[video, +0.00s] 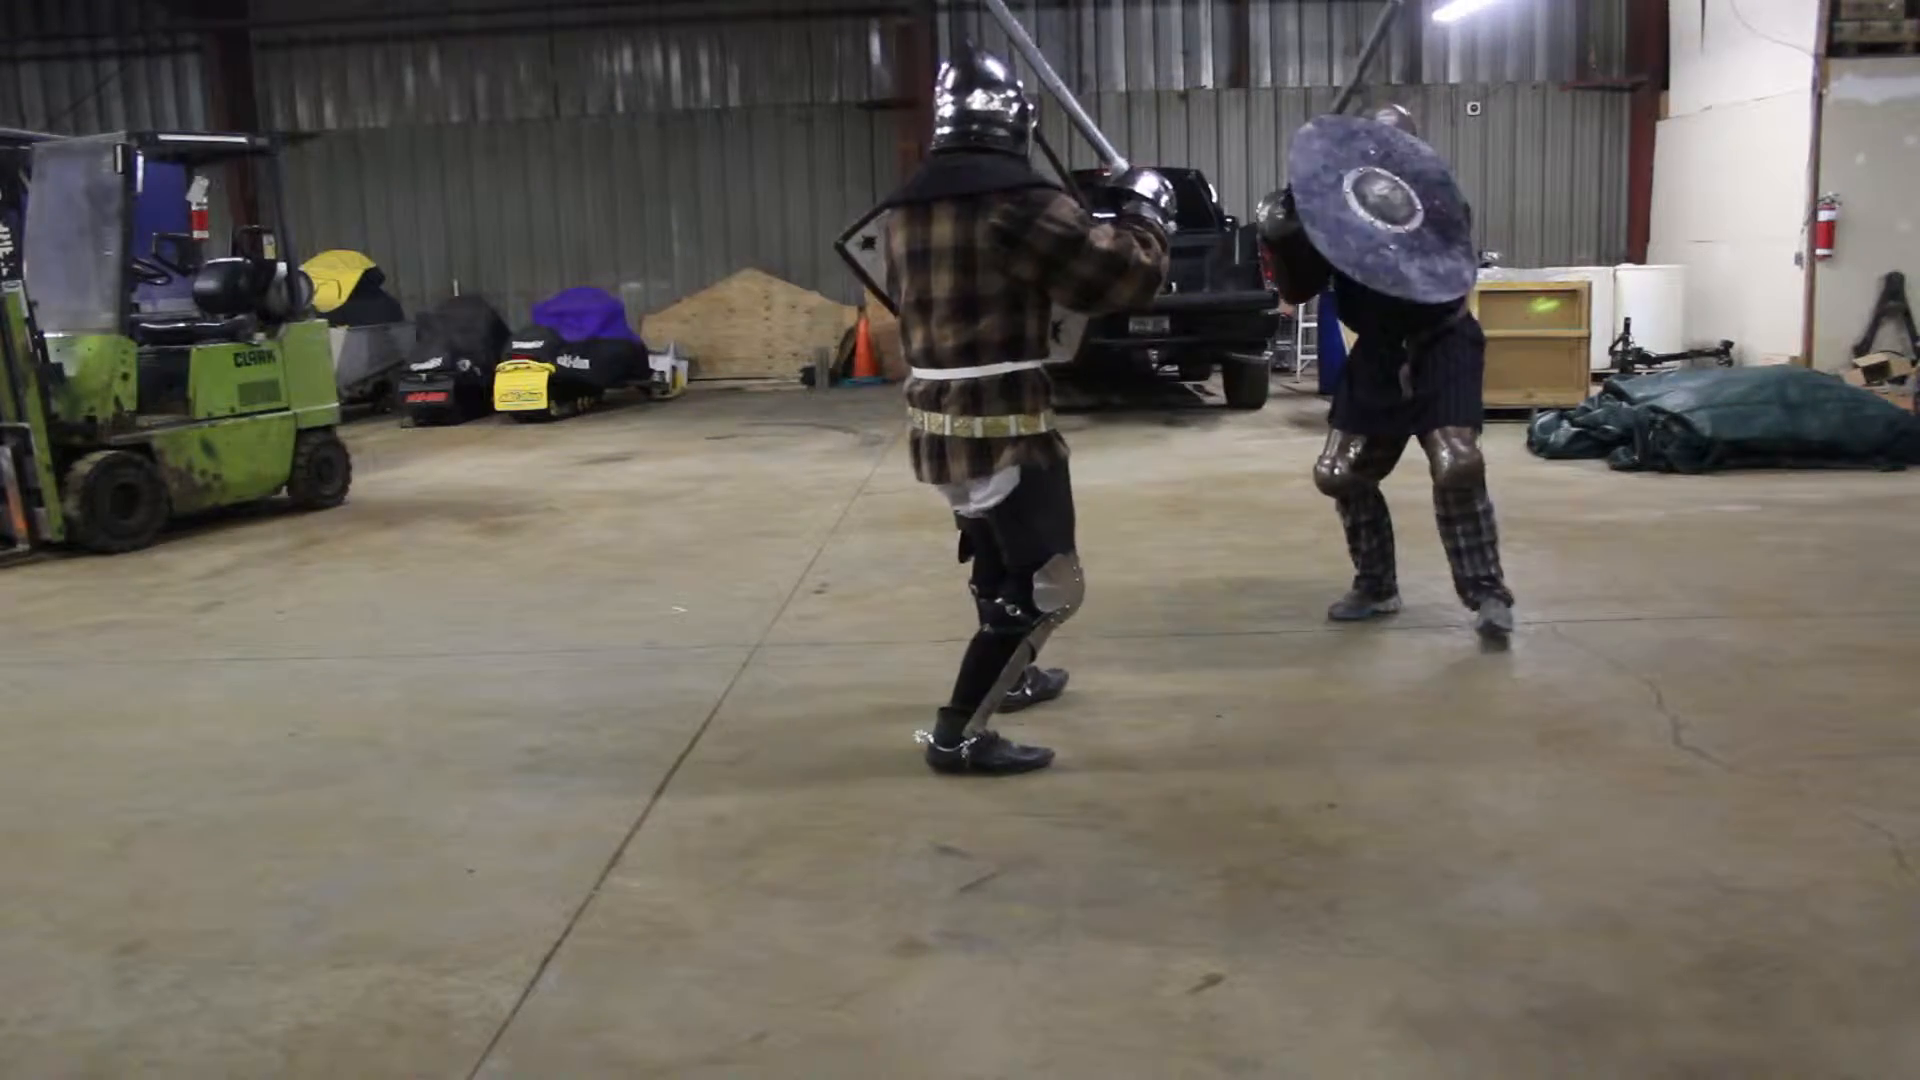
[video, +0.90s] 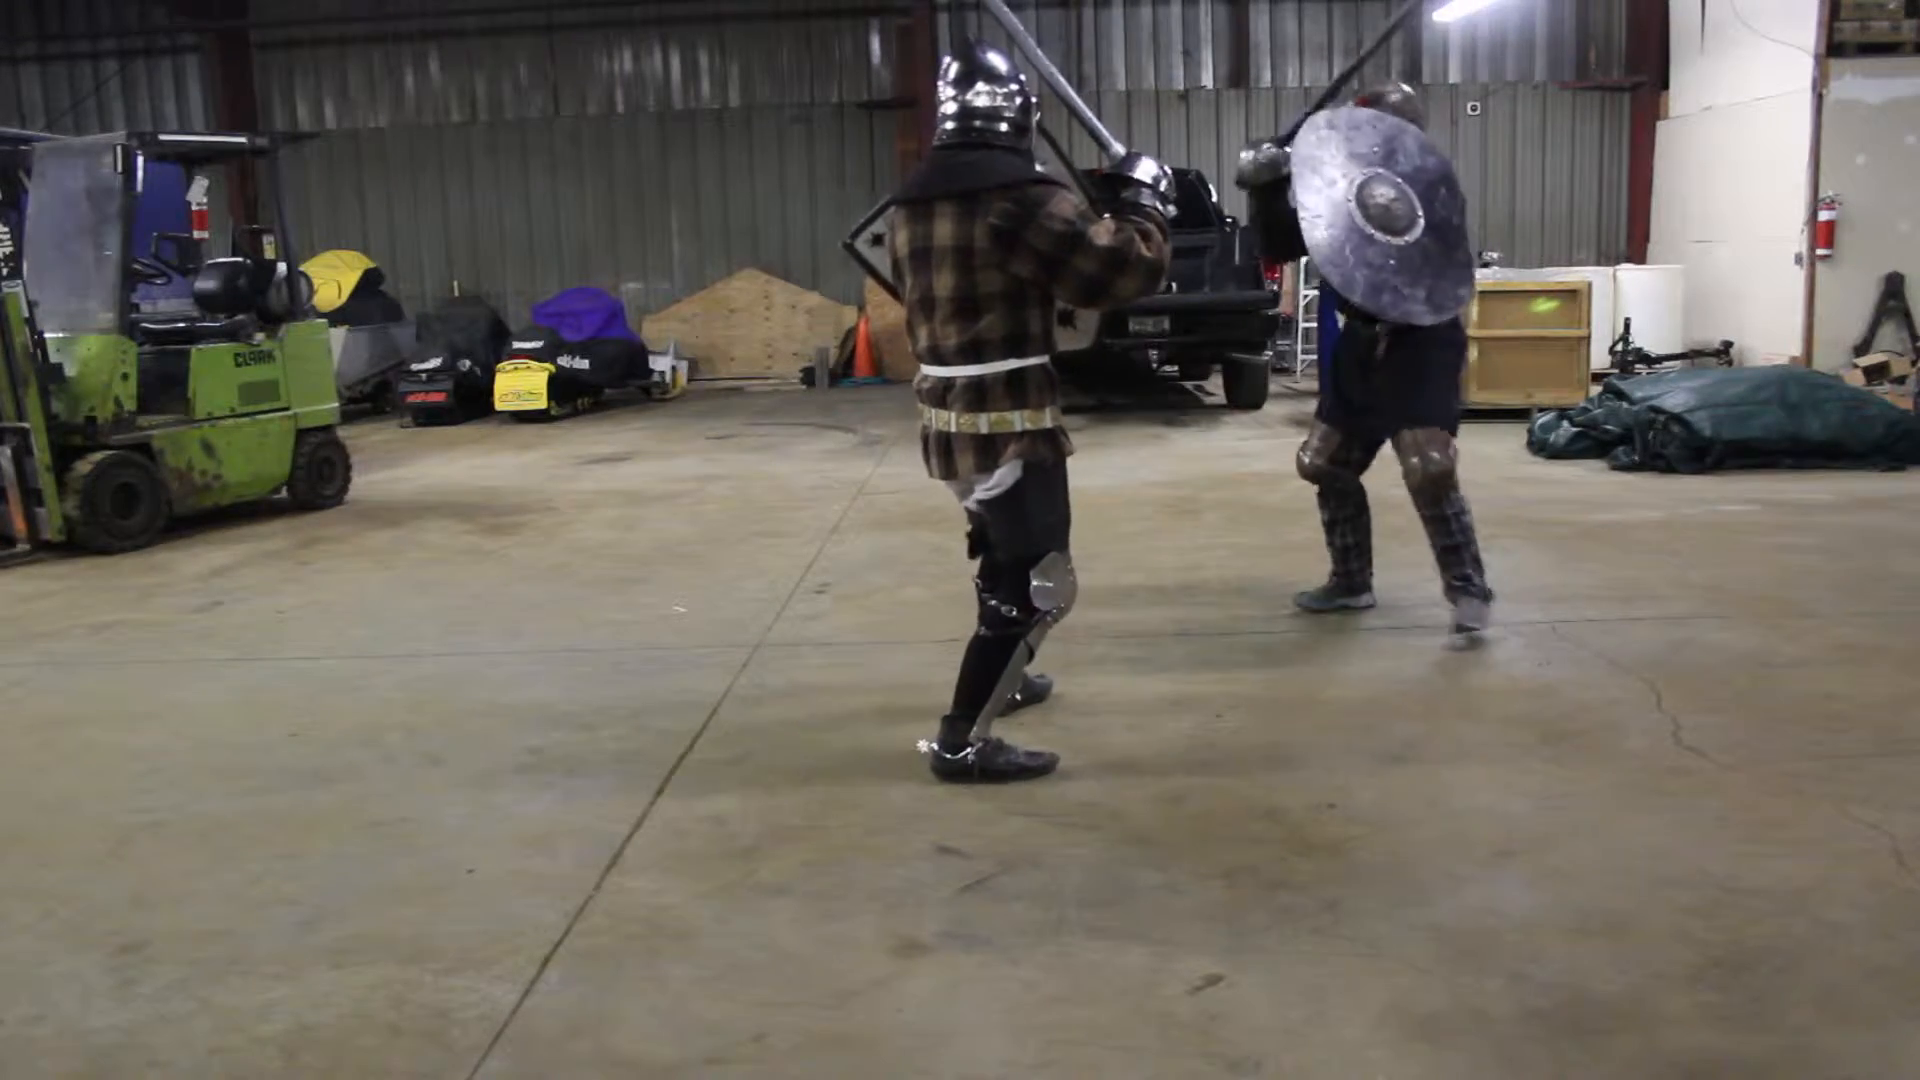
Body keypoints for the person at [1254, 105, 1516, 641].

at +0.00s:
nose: (1383, 157)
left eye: (1396, 146)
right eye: (1373, 147)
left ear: (1412, 149)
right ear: (1355, 152)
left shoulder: (1434, 199)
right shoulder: (1333, 201)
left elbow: (1459, 267)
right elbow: (1298, 291)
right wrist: (1281, 238)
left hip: (1445, 332)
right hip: (1378, 342)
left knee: (1457, 466)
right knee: (1340, 472)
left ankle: (1489, 597)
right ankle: (1376, 587)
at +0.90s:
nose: (1372, 131)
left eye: (1385, 120)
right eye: (1366, 119)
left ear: (1411, 127)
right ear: (1357, 124)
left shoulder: (1431, 185)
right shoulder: (1345, 184)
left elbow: (1436, 281)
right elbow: (1280, 247)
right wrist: (1263, 189)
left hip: (1428, 336)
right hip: (1360, 337)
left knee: (1428, 464)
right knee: (1328, 462)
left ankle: (1468, 595)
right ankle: (1351, 582)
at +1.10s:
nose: (1364, 198)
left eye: (1376, 190)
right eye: (1352, 191)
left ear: (1396, 193)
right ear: (1336, 194)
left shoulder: (1422, 225)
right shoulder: (1317, 232)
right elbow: (1304, 325)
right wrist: (1285, 275)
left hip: (1416, 358)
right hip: (1348, 360)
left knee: (1394, 468)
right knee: (1310, 495)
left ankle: (1393, 597)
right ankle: (1352, 576)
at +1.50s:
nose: (1371, 179)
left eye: (1382, 175)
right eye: (1360, 173)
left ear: (1401, 179)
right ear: (1338, 173)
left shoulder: (1419, 212)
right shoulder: (1306, 213)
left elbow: (1446, 279)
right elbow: (1261, 275)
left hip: (1396, 350)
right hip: (1322, 348)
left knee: (1382, 481)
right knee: (1328, 482)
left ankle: (1381, 623)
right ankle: (1346, 579)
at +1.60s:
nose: (1372, 139)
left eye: (1383, 130)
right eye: (1361, 129)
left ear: (1402, 128)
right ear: (1342, 130)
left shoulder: (1426, 167)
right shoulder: (1316, 175)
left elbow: (1459, 258)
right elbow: (1271, 217)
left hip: (1394, 349)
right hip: (1320, 343)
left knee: (1380, 481)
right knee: (1322, 474)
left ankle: (1381, 623)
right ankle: (1349, 577)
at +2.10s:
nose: (1356, 147)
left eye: (1369, 135)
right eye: (1345, 132)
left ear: (1384, 137)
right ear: (1318, 127)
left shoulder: (1394, 198)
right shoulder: (1284, 194)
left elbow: (1426, 283)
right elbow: (1242, 275)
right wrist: (1229, 260)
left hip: (1364, 361)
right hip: (1289, 355)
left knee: (1356, 488)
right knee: (1265, 478)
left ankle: (1377, 625)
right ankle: (1279, 588)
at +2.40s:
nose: (1281, 148)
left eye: (1297, 136)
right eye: (1275, 135)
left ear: (1329, 141)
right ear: (1267, 140)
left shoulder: (1351, 204)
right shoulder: (1244, 204)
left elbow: (1376, 284)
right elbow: (1220, 288)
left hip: (1328, 363)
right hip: (1258, 360)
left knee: (1332, 476)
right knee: (1238, 472)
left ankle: (1365, 606)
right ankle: (1277, 589)